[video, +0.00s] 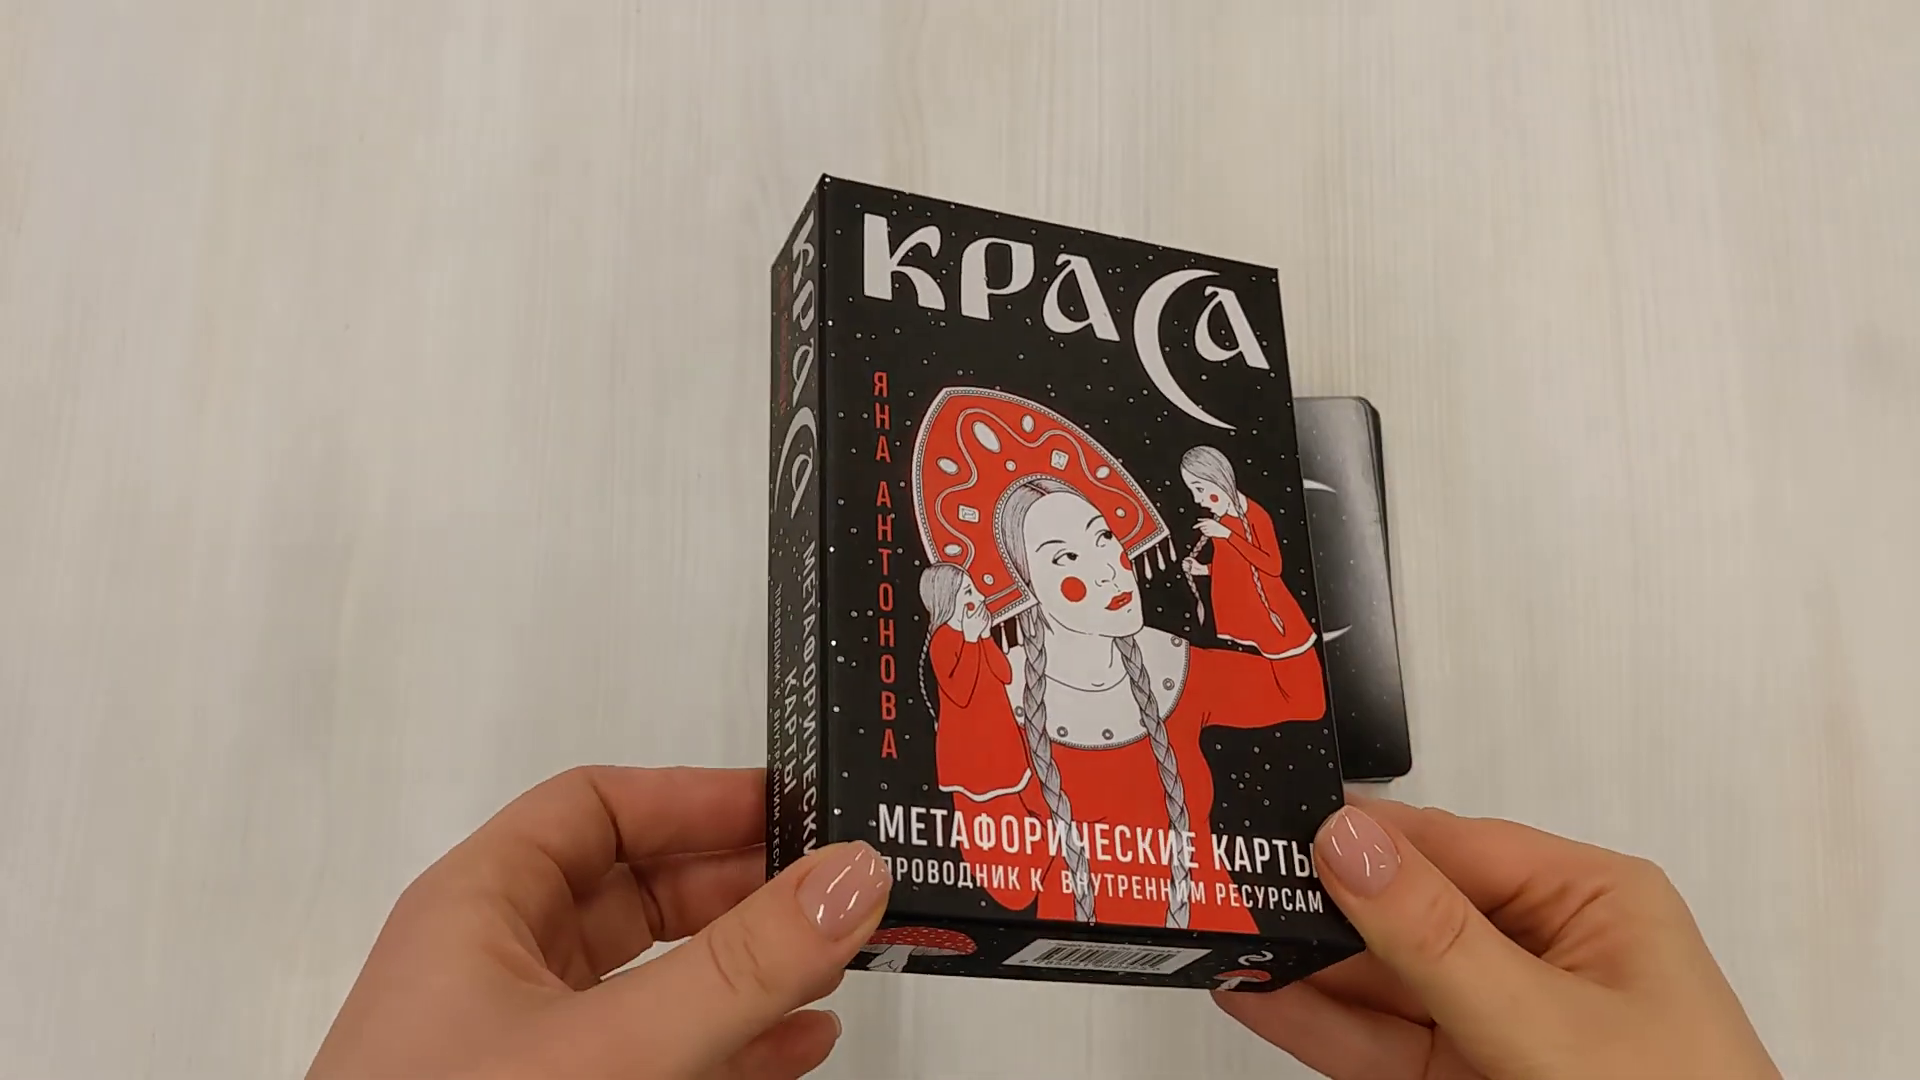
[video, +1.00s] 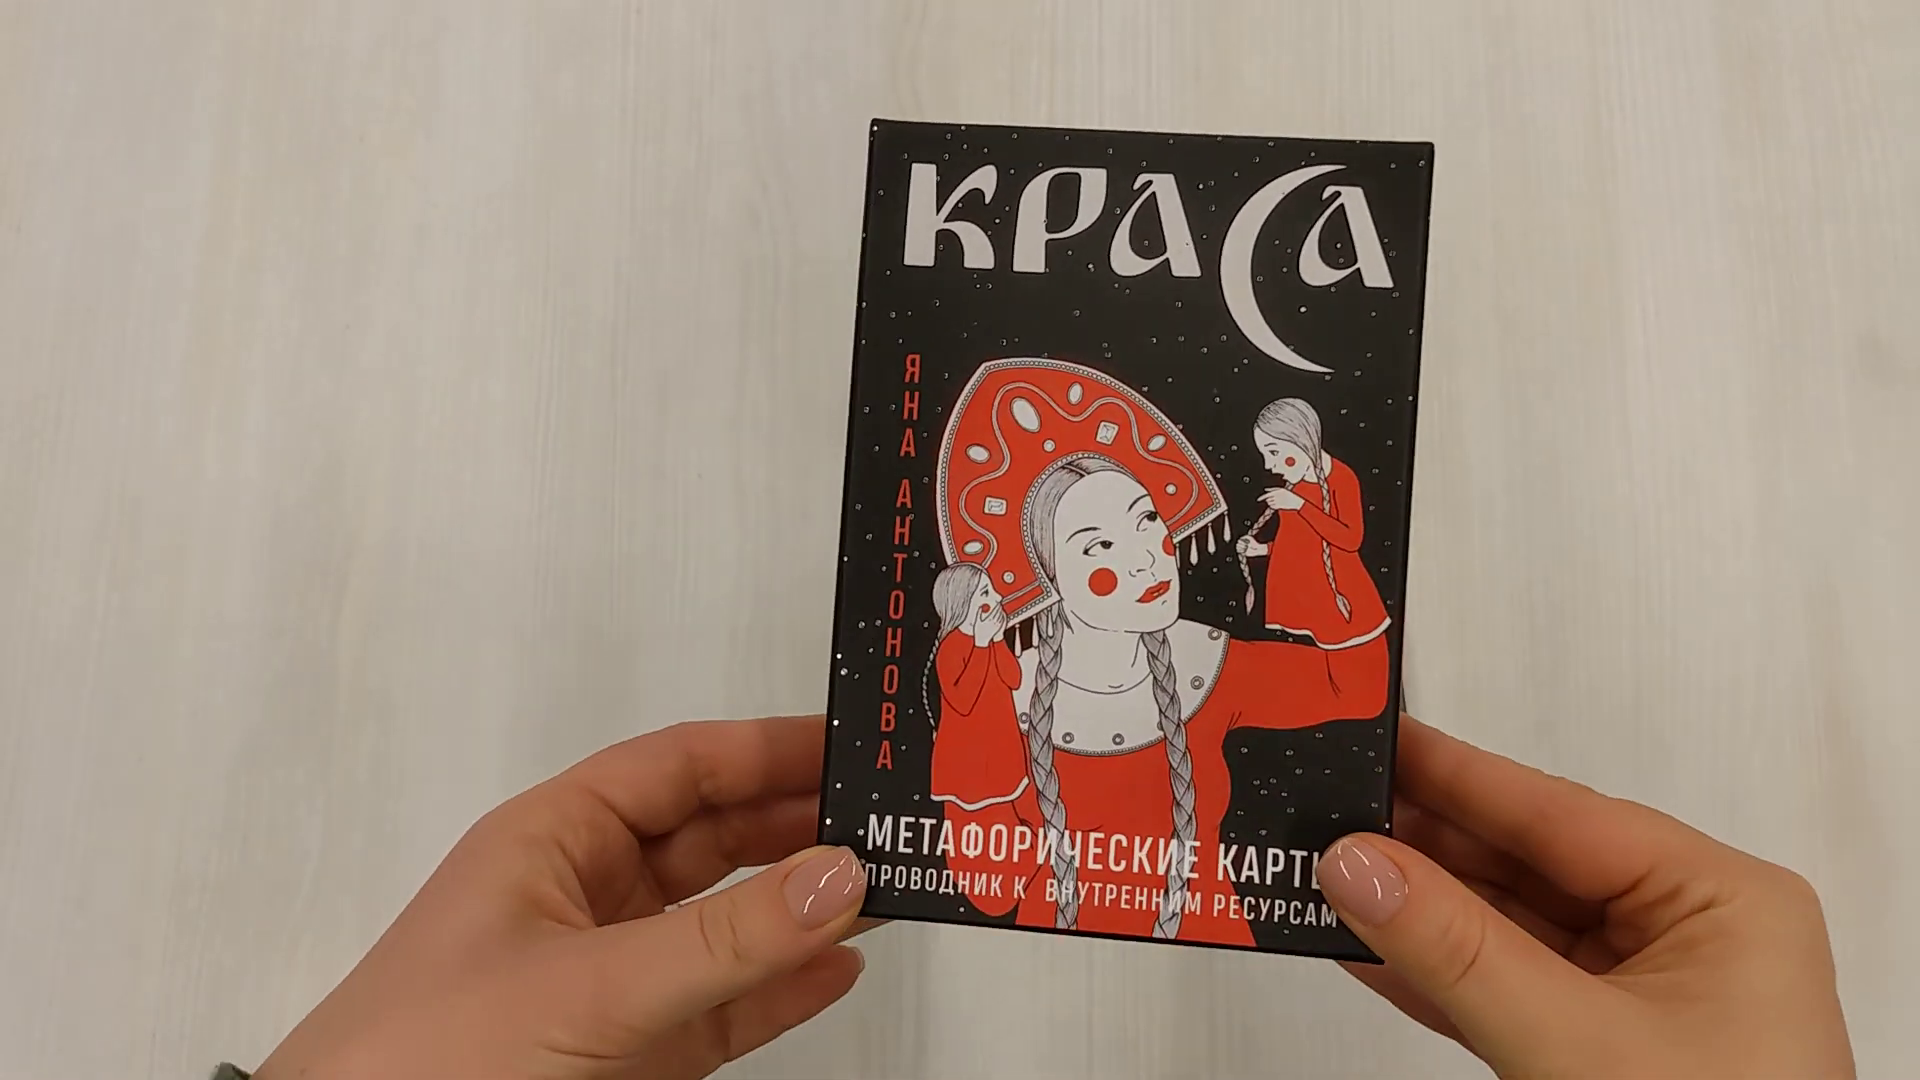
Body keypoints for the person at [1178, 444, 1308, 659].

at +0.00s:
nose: (1198, 500)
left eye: (1200, 488)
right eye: (1194, 491)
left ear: (1220, 479)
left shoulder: (1256, 517)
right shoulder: (1223, 519)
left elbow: (1274, 566)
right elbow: (1237, 566)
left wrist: (1227, 535)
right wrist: (1204, 569)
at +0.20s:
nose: (1200, 495)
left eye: (1203, 483)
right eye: (1196, 486)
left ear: (1223, 473)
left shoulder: (1256, 510)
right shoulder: (1226, 513)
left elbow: (1273, 563)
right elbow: (1239, 563)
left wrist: (1230, 531)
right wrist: (1208, 568)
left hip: (1281, 628)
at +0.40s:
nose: (1236, 484)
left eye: (1240, 471)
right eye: (1232, 475)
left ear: (1263, 461)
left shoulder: (1297, 498)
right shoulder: (1261, 500)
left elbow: (1308, 555)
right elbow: (1269, 555)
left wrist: (1265, 522)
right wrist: (1236, 563)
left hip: (1309, 618)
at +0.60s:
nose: (1251, 479)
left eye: (1256, 466)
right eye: (1247, 469)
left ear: (1281, 455)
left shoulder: (1317, 491)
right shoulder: (1277, 493)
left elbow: (1328, 549)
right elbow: (1283, 551)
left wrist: (1281, 517)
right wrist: (1248, 561)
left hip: (1328, 623)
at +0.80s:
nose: (1249, 474)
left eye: (1254, 460)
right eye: (1245, 463)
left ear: (1281, 449)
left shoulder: (1319, 486)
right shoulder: (1277, 490)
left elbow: (1330, 545)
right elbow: (1282, 548)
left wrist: (1280, 512)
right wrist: (1245, 556)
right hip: (1304, 627)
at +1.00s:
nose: (1269, 465)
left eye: (1274, 451)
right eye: (1264, 455)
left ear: (1301, 440)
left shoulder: (1342, 479)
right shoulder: (1297, 483)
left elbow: (1352, 539)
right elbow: (1301, 543)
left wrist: (1300, 504)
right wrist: (1262, 549)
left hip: (1354, 621)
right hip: (1322, 622)